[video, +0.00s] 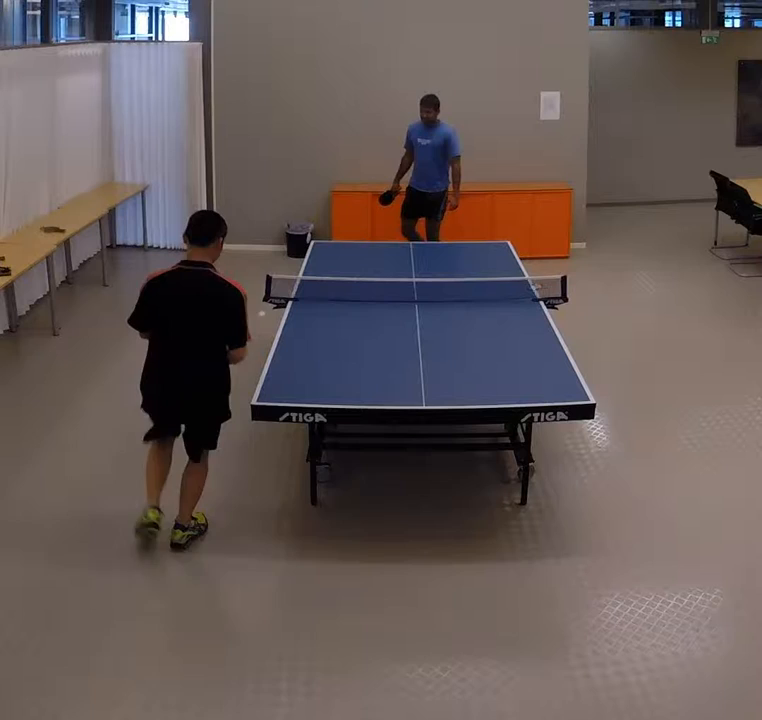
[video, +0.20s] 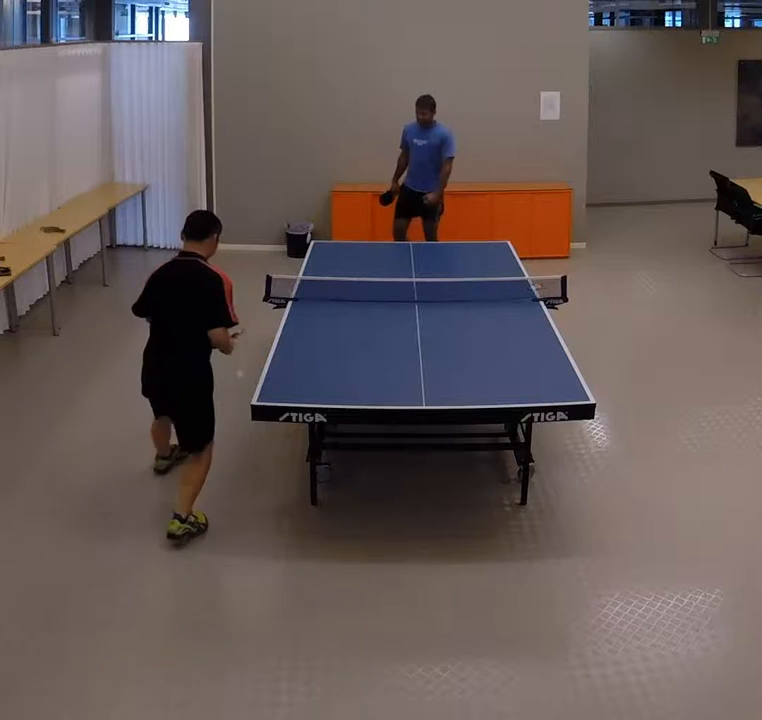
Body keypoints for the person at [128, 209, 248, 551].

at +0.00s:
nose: (222, 246)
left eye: (219, 241)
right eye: (223, 241)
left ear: (185, 241)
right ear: (219, 244)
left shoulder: (157, 282)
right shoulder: (230, 294)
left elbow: (143, 330)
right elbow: (237, 353)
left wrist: (171, 335)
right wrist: (208, 350)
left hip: (161, 384)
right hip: (206, 389)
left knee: (162, 436)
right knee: (198, 454)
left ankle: (152, 507)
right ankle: (183, 525)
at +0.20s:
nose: (217, 245)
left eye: (216, 240)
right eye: (218, 241)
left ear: (183, 238)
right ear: (213, 240)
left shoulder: (162, 272)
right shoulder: (213, 280)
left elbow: (141, 310)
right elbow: (218, 336)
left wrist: (173, 312)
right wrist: (227, 345)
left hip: (156, 367)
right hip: (192, 373)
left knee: (162, 413)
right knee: (199, 448)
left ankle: (162, 456)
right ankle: (182, 518)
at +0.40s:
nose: (221, 260)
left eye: (221, 255)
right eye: (221, 255)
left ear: (191, 250)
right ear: (216, 254)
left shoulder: (174, 277)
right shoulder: (207, 283)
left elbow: (171, 323)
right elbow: (200, 325)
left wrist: (212, 347)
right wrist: (218, 353)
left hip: (142, 364)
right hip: (170, 371)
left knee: (170, 408)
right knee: (201, 432)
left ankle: (167, 453)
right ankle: (172, 497)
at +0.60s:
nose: (228, 269)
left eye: (228, 264)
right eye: (229, 264)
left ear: (201, 259)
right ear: (224, 262)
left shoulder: (185, 278)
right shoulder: (213, 283)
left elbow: (167, 327)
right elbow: (197, 315)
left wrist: (193, 361)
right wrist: (208, 352)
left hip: (137, 354)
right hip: (159, 361)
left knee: (169, 409)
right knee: (193, 433)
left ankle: (167, 454)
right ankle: (159, 505)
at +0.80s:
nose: (240, 263)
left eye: (241, 257)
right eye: (239, 257)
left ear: (213, 253)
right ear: (227, 256)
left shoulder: (195, 273)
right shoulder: (211, 281)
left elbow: (178, 314)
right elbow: (192, 319)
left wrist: (205, 325)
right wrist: (209, 348)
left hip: (144, 355)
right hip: (156, 363)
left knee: (174, 402)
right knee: (182, 444)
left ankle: (172, 451)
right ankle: (163, 524)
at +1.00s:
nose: (242, 258)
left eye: (242, 251)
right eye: (239, 251)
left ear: (219, 252)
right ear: (219, 252)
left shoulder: (211, 285)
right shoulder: (194, 288)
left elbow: (200, 336)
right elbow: (183, 345)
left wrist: (233, 337)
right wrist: (222, 345)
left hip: (175, 378)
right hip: (156, 385)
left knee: (184, 408)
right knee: (184, 460)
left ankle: (165, 456)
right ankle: (169, 550)